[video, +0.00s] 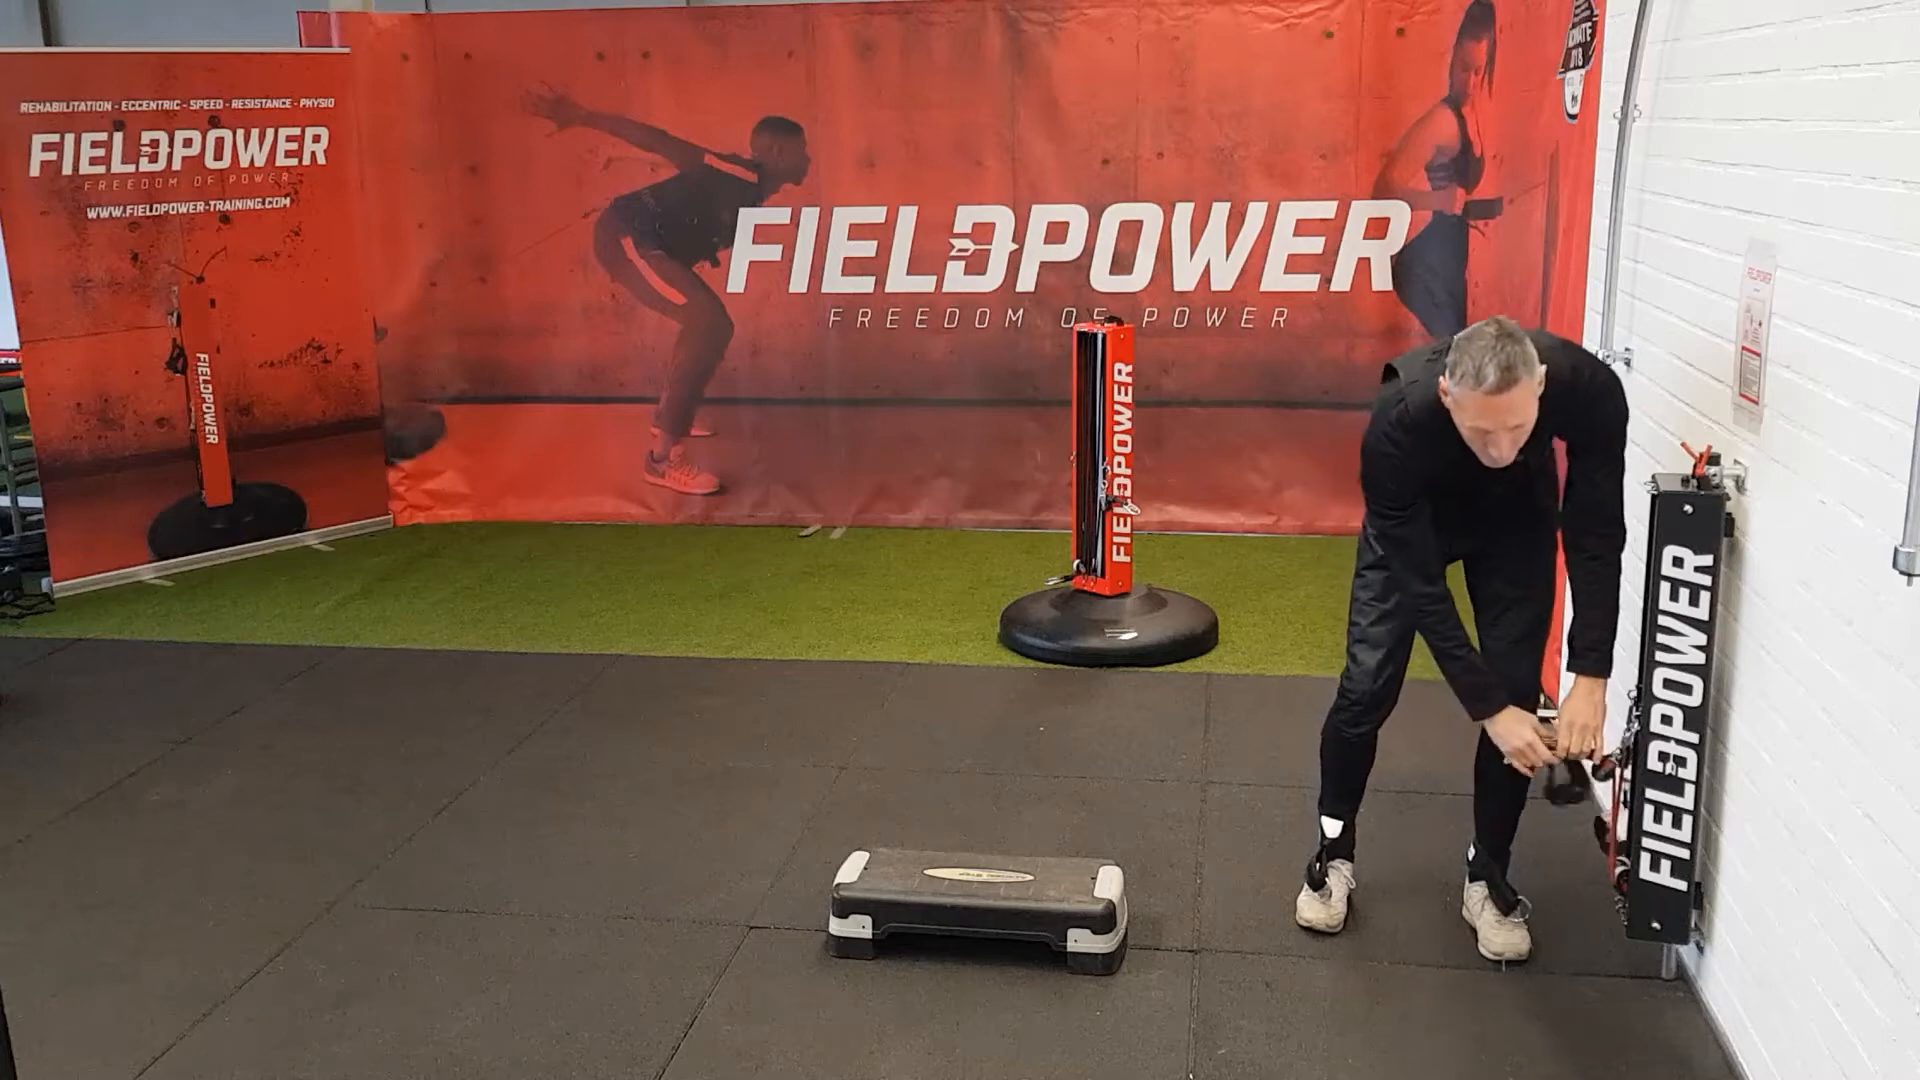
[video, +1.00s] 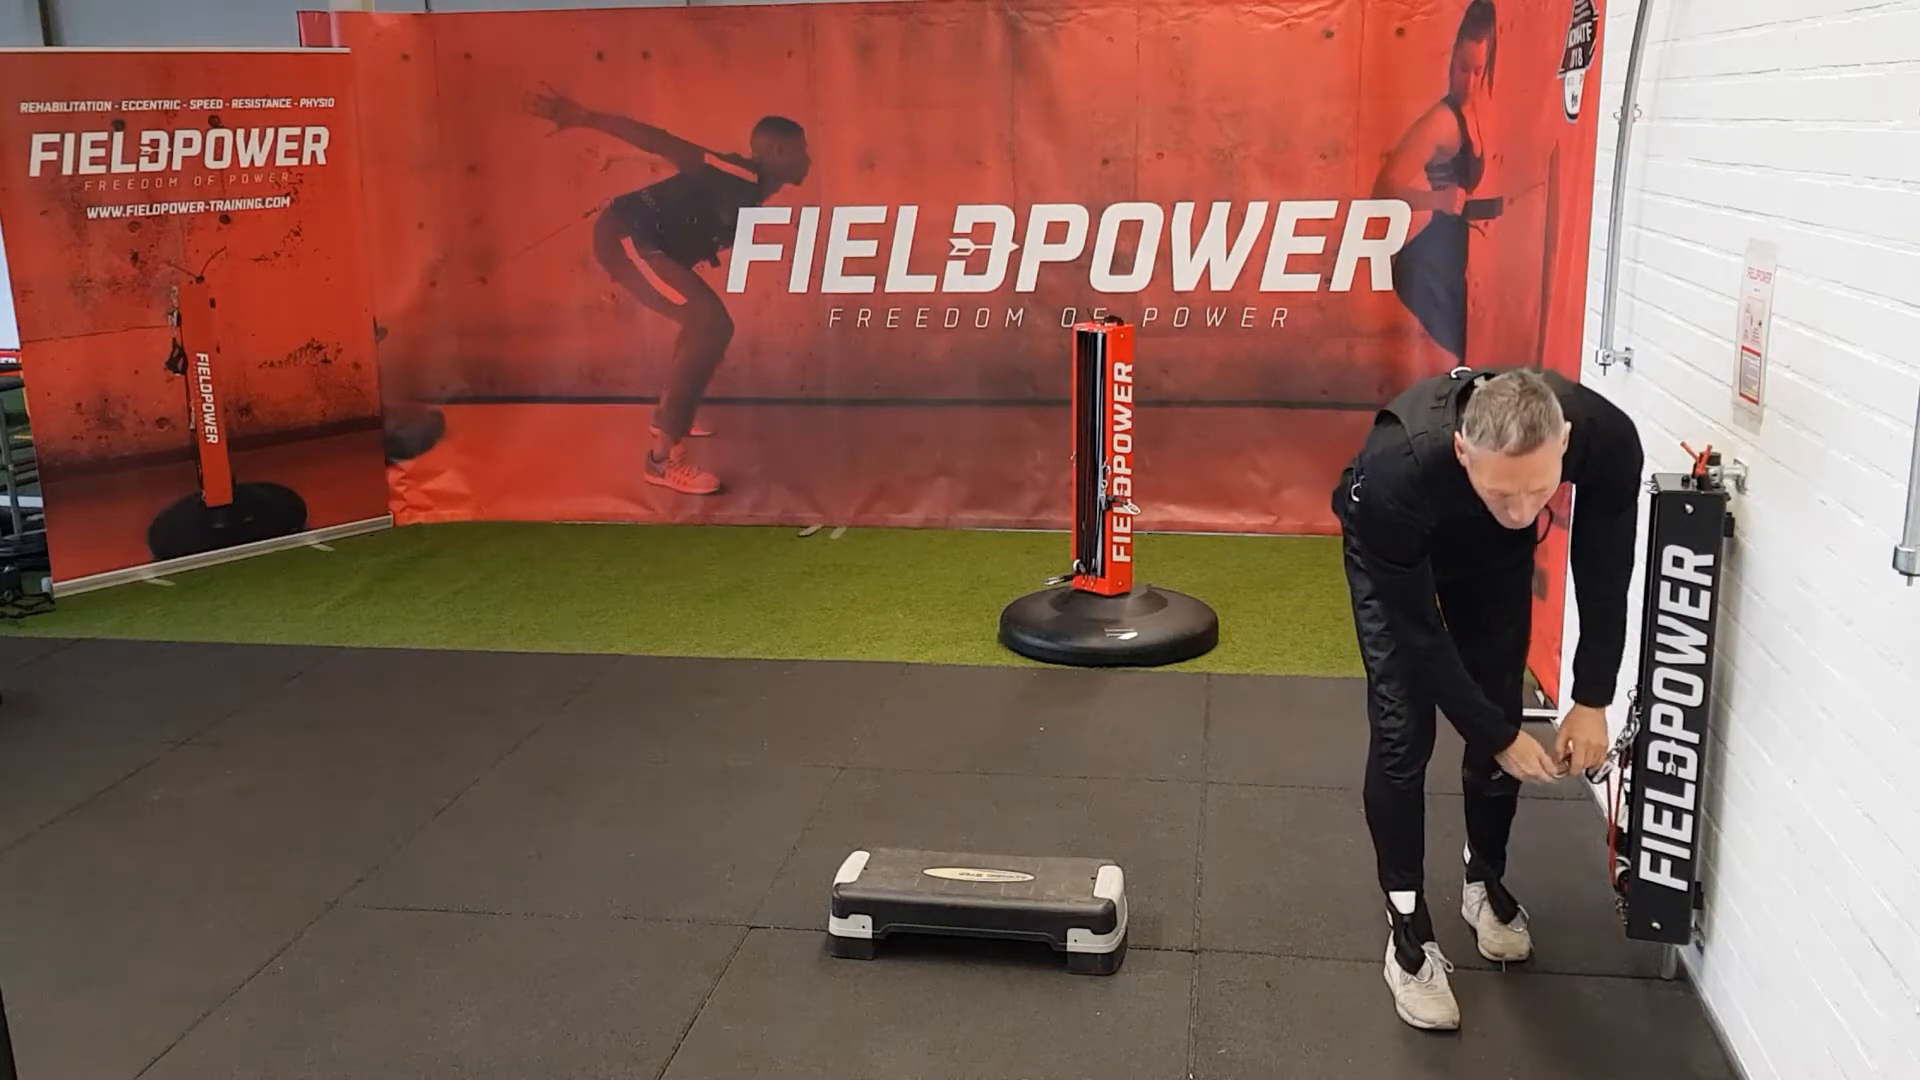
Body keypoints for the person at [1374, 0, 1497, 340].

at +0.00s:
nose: (1471, 81)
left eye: (1480, 72)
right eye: (1464, 69)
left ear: (1488, 72)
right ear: (1450, 66)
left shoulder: (1466, 118)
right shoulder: (1440, 120)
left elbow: (1436, 187)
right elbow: (1388, 186)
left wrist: (1471, 209)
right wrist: (1439, 200)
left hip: (1446, 253)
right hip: (1425, 256)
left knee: (1454, 344)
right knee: (1447, 345)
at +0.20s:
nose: (1471, 81)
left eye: (1480, 72)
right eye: (1465, 69)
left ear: (1488, 72)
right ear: (1449, 66)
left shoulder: (1465, 118)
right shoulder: (1440, 120)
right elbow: (1388, 186)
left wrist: (1470, 208)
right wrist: (1439, 200)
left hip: (1445, 251)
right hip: (1425, 255)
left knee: (1454, 344)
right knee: (1448, 346)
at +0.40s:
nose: (1472, 81)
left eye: (1480, 72)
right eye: (1465, 69)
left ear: (1488, 72)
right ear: (1449, 66)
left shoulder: (1467, 118)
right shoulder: (1440, 121)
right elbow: (1389, 186)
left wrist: (1469, 209)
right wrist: (1441, 200)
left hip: (1447, 248)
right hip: (1425, 252)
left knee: (1452, 342)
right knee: (1446, 344)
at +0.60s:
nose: (1472, 82)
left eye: (1481, 72)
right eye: (1464, 70)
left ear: (1489, 72)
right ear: (1450, 67)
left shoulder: (1462, 119)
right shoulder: (1441, 120)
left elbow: (1430, 189)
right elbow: (1388, 187)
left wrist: (1468, 211)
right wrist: (1441, 200)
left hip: (1444, 255)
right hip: (1424, 258)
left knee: (1451, 353)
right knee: (1443, 354)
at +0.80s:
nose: (1472, 82)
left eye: (1482, 72)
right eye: (1464, 69)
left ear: (1491, 74)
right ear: (1450, 68)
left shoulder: (1465, 122)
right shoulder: (1440, 122)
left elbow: (1437, 197)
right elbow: (1388, 188)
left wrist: (1478, 209)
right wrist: (1437, 199)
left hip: (1444, 258)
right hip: (1424, 260)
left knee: (1451, 359)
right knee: (1445, 362)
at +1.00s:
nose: (1471, 81)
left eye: (1482, 71)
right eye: (1464, 68)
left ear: (1491, 73)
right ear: (1450, 65)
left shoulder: (1467, 120)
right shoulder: (1440, 121)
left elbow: (1437, 191)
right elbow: (1388, 189)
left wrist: (1473, 211)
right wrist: (1438, 200)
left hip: (1445, 254)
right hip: (1424, 257)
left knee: (1451, 358)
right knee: (1444, 360)